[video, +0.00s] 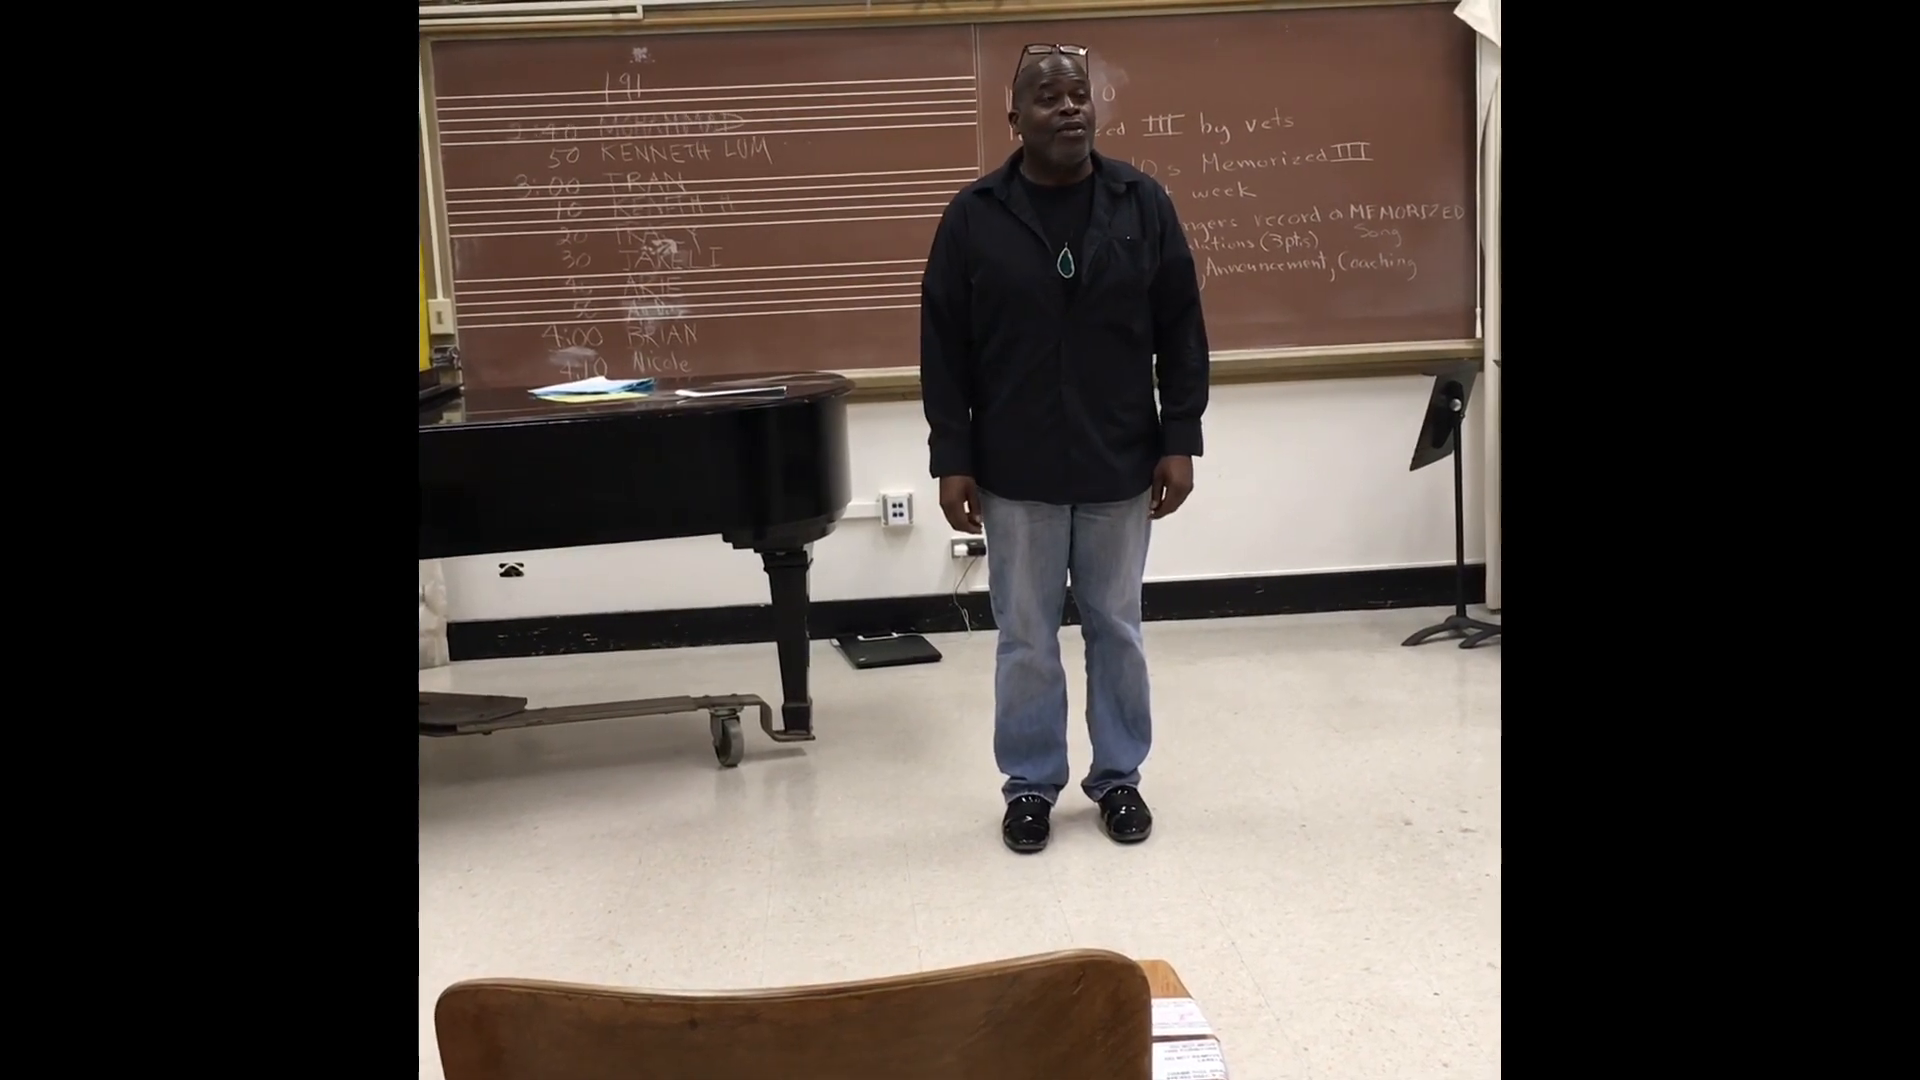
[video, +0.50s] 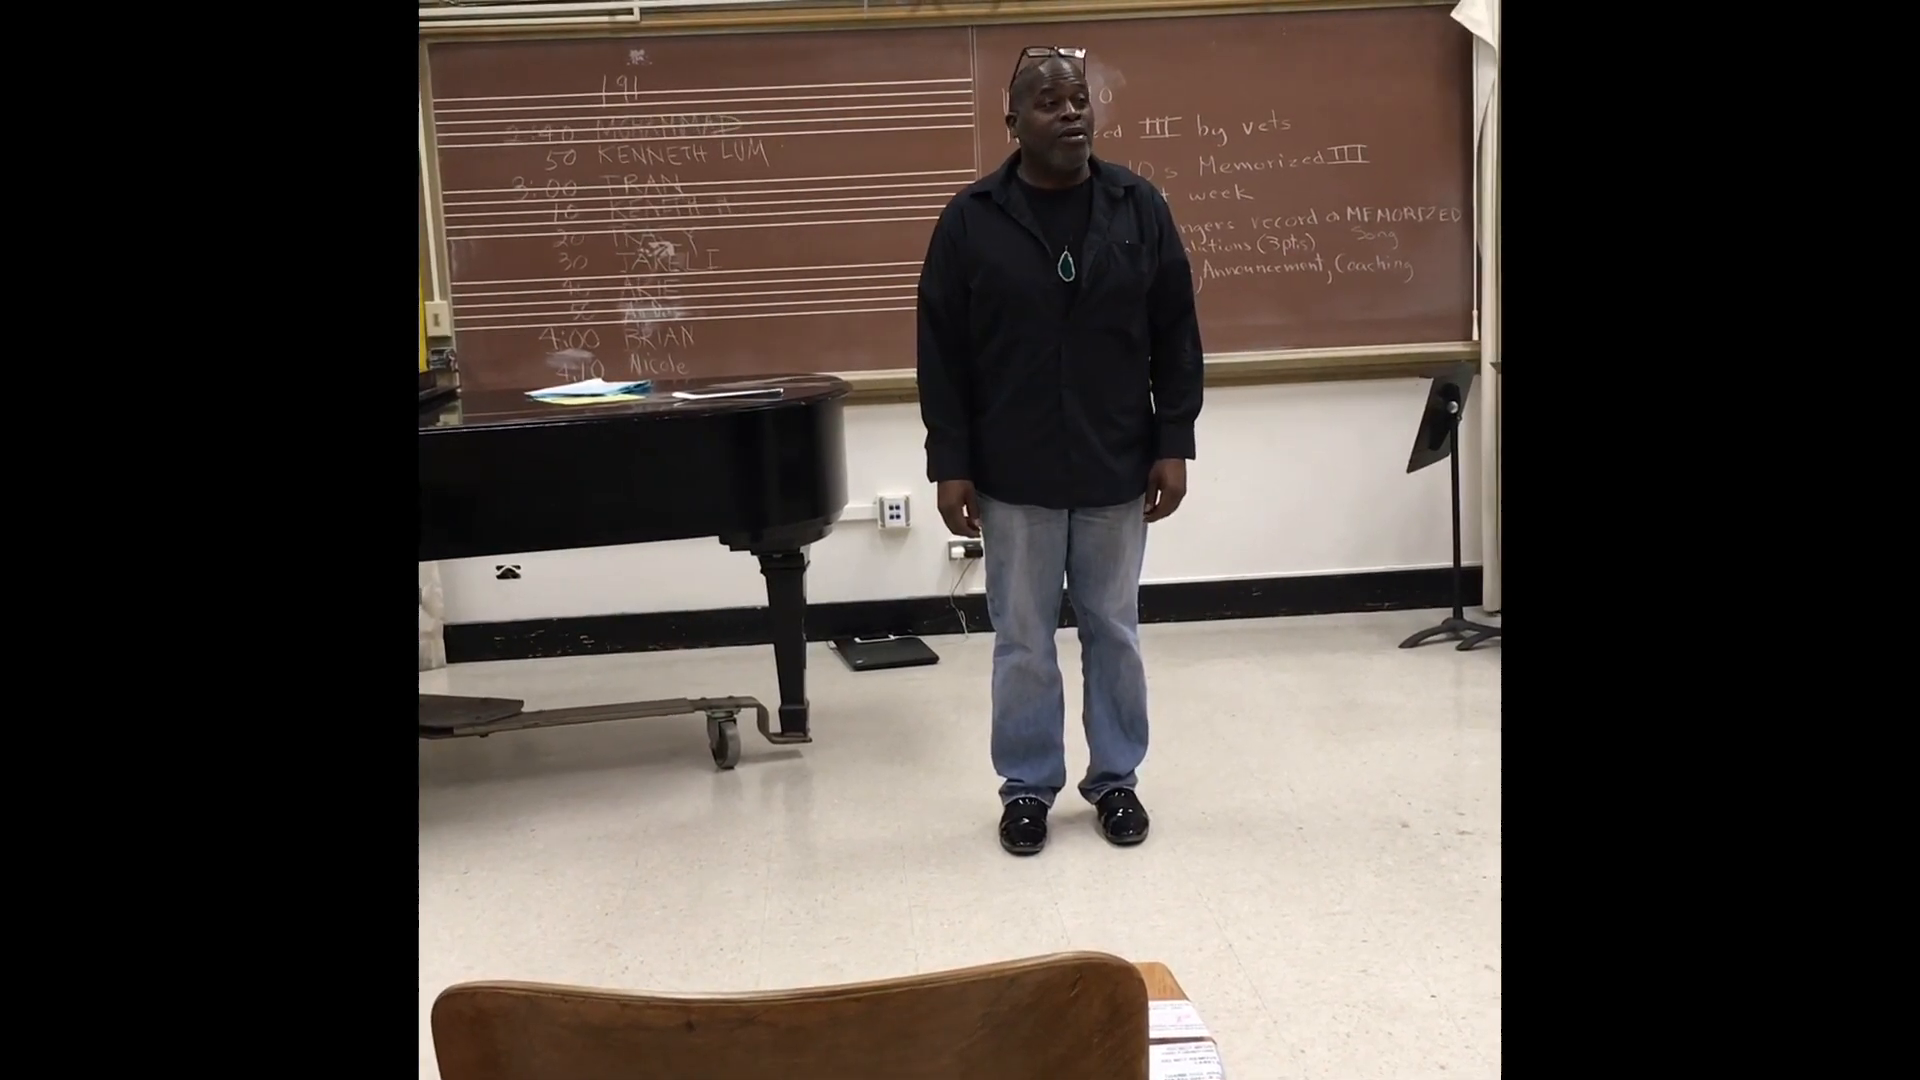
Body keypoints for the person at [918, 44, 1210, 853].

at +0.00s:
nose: (1066, 108)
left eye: (1078, 96)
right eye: (1046, 97)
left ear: (1097, 109)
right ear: (1015, 114)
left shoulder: (1143, 204)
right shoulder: (973, 215)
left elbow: (1182, 331)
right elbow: (943, 345)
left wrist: (1179, 444)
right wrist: (952, 461)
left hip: (1118, 457)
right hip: (1014, 461)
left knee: (1117, 628)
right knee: (1025, 635)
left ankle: (1119, 778)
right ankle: (1029, 784)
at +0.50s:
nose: (1069, 112)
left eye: (1079, 99)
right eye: (1049, 101)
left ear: (1096, 112)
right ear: (1013, 120)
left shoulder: (1139, 207)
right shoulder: (969, 219)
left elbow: (1176, 336)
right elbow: (940, 351)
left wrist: (1172, 448)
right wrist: (950, 467)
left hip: (1116, 459)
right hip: (1012, 465)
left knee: (1114, 631)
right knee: (1022, 638)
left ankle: (1116, 779)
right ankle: (1026, 787)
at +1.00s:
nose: (1067, 114)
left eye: (1077, 101)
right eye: (1047, 104)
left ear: (1093, 112)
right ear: (1011, 120)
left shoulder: (1135, 207)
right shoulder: (966, 217)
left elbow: (1171, 333)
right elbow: (935, 347)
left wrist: (1167, 446)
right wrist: (946, 463)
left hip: (1111, 457)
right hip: (1008, 463)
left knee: (1109, 629)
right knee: (1018, 637)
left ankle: (1110, 778)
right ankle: (1020, 785)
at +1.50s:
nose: (1055, 116)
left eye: (1068, 102)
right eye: (1036, 104)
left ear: (1086, 111)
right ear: (1005, 118)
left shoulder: (1131, 206)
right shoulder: (961, 216)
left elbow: (1166, 333)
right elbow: (931, 347)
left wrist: (1162, 446)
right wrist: (940, 463)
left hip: (1105, 457)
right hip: (1001, 462)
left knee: (1103, 629)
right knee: (1011, 636)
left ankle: (1104, 776)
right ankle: (1014, 782)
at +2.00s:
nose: (1021, 114)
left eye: (1039, 101)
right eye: (1009, 101)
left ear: (1075, 112)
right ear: (993, 112)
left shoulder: (1123, 205)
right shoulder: (954, 212)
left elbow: (1160, 333)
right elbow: (922, 342)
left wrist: (1156, 445)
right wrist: (930, 458)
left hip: (1095, 456)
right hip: (991, 461)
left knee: (1093, 627)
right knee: (1003, 634)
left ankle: (1096, 776)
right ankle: (1006, 783)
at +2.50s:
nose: (994, 107)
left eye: (1013, 95)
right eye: (990, 95)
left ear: (1063, 107)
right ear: (984, 106)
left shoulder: (1120, 200)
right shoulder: (953, 207)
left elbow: (1156, 330)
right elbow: (921, 334)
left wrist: (1146, 445)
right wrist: (921, 449)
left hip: (1091, 452)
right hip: (988, 454)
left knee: (1090, 623)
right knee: (1000, 629)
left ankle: (1093, 771)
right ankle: (1003, 777)